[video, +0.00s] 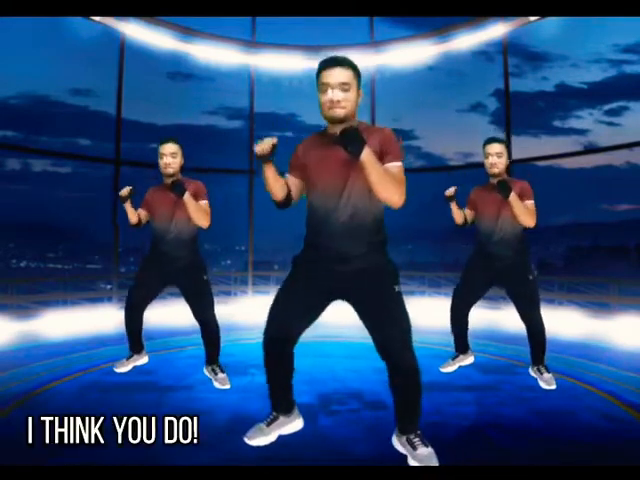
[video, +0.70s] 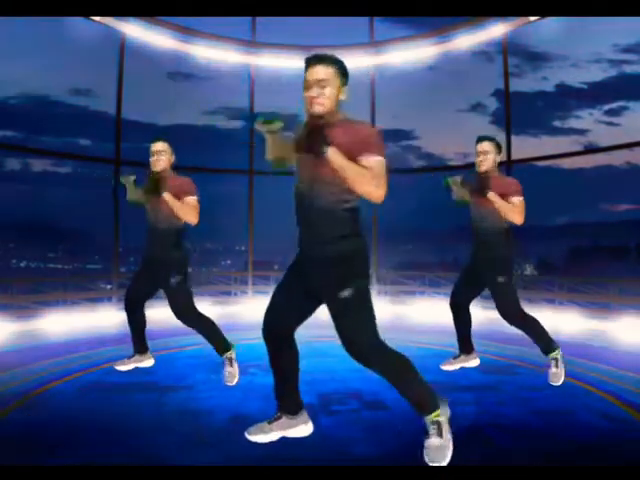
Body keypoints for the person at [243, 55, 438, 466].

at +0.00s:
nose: (335, 95)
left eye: (344, 87)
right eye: (327, 88)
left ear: (359, 94)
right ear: (318, 96)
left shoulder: (382, 139)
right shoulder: (308, 148)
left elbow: (394, 197)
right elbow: (284, 198)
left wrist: (360, 151)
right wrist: (265, 162)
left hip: (369, 268)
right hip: (316, 267)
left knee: (401, 355)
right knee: (276, 338)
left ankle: (408, 433)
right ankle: (284, 413)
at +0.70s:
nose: (315, 93)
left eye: (324, 85)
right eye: (309, 86)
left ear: (342, 91)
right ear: (303, 92)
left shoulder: (362, 134)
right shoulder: (308, 136)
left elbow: (376, 190)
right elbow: (280, 159)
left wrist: (335, 159)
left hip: (345, 259)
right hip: (310, 259)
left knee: (363, 347)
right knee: (275, 329)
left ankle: (434, 412)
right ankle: (291, 414)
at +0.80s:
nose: (296, 98)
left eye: (304, 91)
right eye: (297, 91)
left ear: (328, 94)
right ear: (323, 96)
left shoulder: (330, 131)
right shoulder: (333, 131)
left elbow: (297, 153)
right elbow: (298, 156)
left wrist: (264, 133)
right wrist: (268, 137)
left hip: (336, 262)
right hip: (319, 261)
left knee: (362, 349)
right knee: (277, 325)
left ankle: (437, 414)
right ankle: (291, 414)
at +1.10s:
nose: (292, 96)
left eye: (297, 88)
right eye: (292, 89)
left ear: (321, 87)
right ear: (312, 90)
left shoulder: (353, 122)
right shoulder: (308, 133)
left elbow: (353, 150)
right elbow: (292, 182)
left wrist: (307, 123)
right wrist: (283, 145)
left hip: (350, 253)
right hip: (312, 253)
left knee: (378, 341)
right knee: (282, 330)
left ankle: (432, 417)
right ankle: (292, 416)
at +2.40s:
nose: (326, 96)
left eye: (335, 87)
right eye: (323, 89)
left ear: (359, 90)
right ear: (321, 94)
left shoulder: (386, 128)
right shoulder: (320, 141)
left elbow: (403, 178)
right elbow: (299, 187)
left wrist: (357, 135)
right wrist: (293, 143)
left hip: (377, 258)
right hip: (327, 258)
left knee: (397, 348)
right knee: (288, 329)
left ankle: (405, 424)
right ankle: (278, 410)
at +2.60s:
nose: (333, 94)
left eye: (341, 85)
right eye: (330, 87)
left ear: (367, 88)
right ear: (328, 91)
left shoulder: (394, 132)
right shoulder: (316, 133)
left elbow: (415, 180)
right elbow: (273, 153)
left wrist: (377, 139)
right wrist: (251, 128)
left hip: (377, 261)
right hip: (324, 260)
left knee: (406, 349)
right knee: (288, 331)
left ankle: (407, 424)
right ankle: (286, 408)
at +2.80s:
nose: (312, 94)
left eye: (319, 87)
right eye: (311, 87)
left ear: (344, 90)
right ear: (317, 91)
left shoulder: (371, 132)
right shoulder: (314, 134)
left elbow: (381, 189)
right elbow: (286, 157)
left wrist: (340, 146)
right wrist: (277, 139)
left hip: (354, 261)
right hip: (313, 258)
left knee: (378, 343)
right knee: (282, 327)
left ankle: (419, 421)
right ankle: (288, 410)